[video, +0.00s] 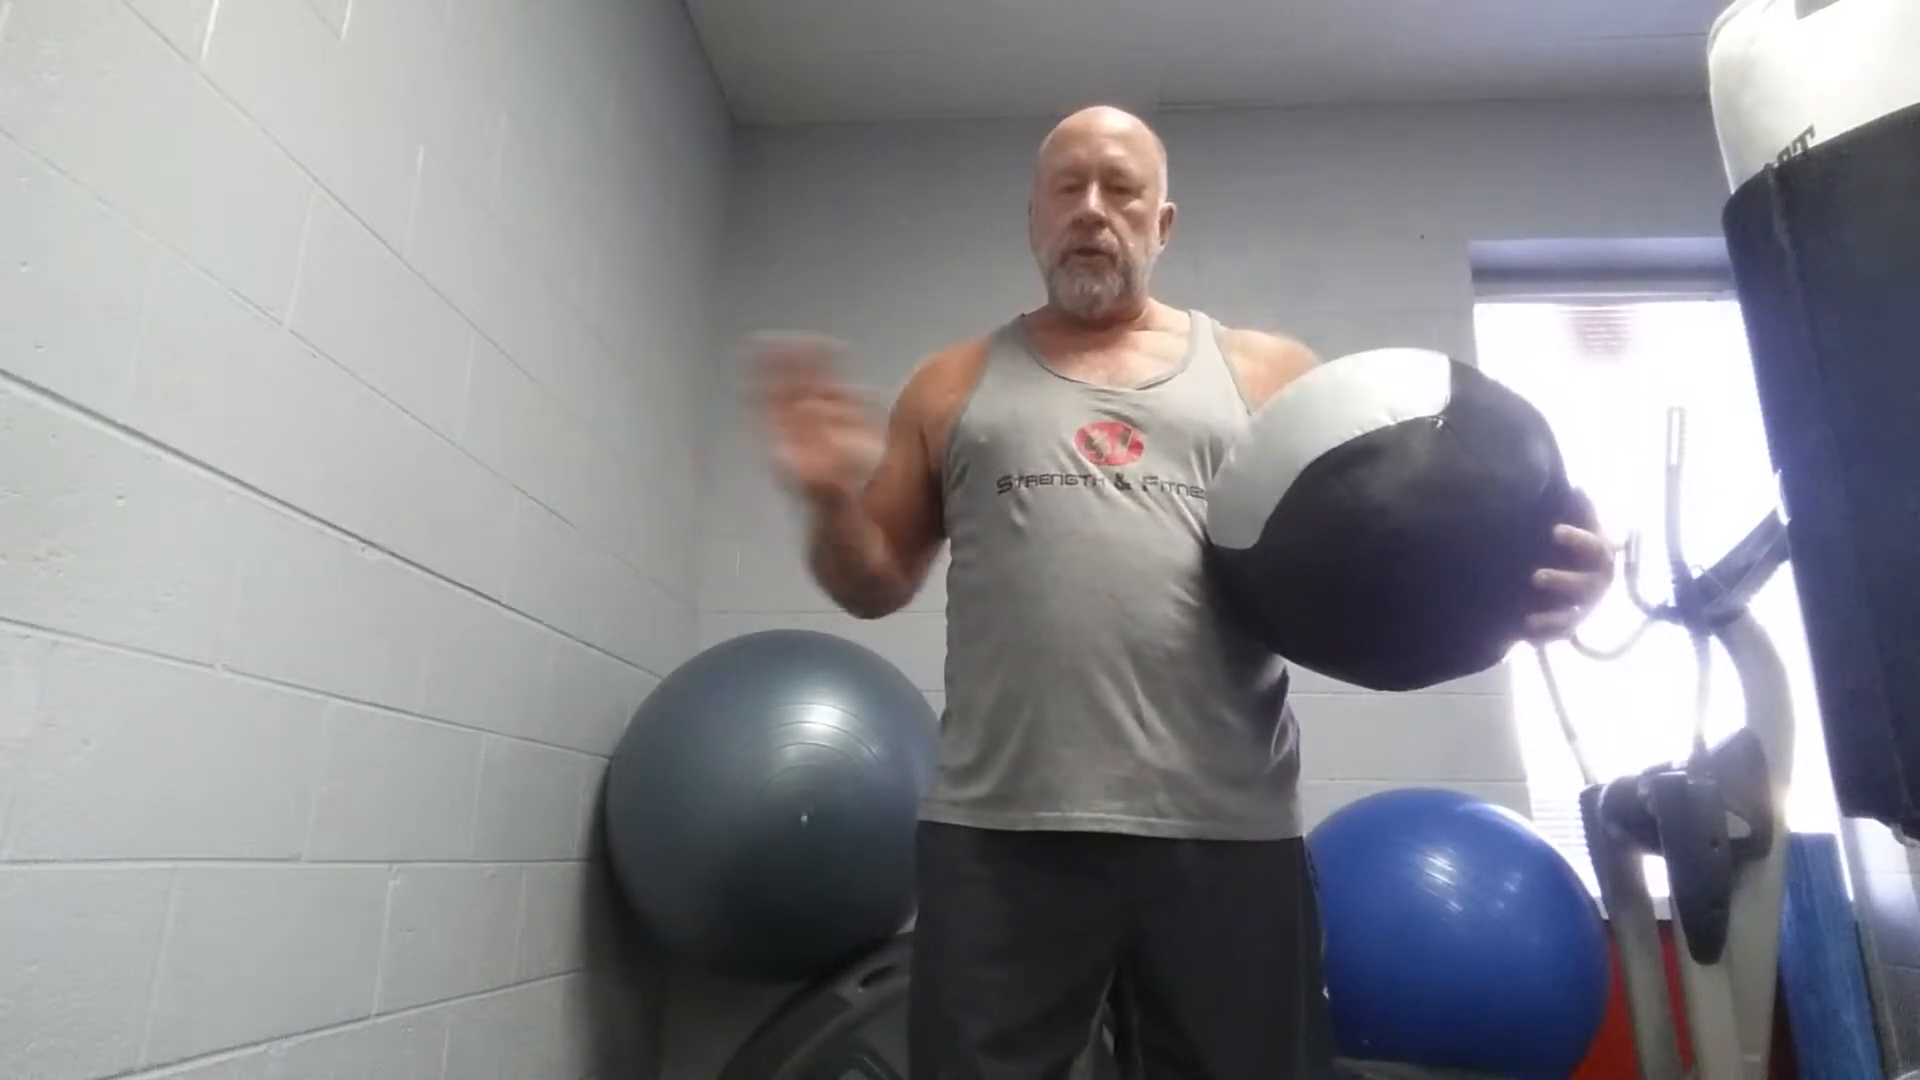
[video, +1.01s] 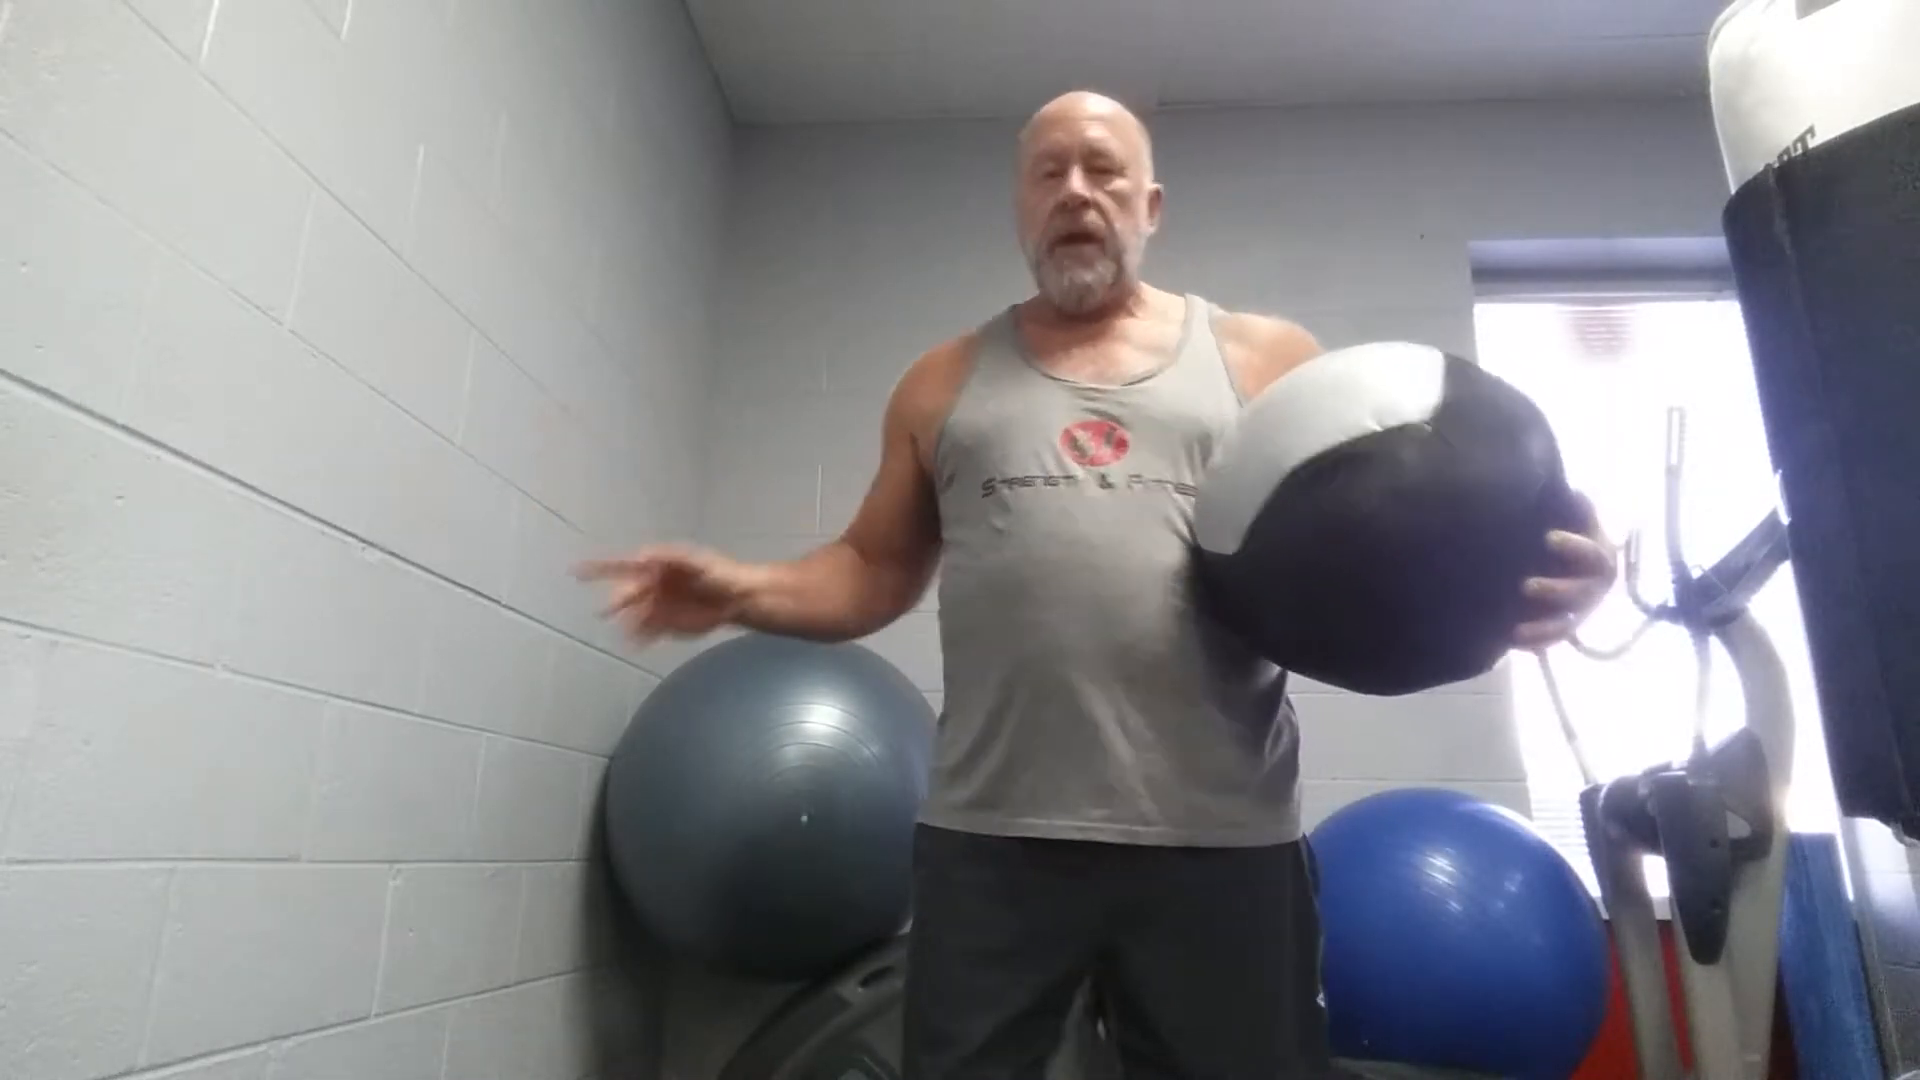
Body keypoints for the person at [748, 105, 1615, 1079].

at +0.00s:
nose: (1092, 207)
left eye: (1121, 187)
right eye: (1067, 186)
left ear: (1164, 220)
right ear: (1031, 216)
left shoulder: (1267, 370)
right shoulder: (951, 383)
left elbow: (1396, 543)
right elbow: (875, 585)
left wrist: (1539, 575)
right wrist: (828, 497)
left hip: (1225, 834)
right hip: (999, 833)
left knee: (1248, 1068)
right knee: (978, 1068)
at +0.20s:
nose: (1103, 210)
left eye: (1133, 188)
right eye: (1080, 185)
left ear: (1175, 222)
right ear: (1041, 213)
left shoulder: (1274, 376)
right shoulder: (956, 384)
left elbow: (1393, 551)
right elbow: (870, 564)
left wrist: (1545, 578)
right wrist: (771, 507)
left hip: (1227, 836)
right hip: (1002, 833)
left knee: (1250, 1076)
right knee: (975, 1072)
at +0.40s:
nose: (1116, 204)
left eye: (1145, 187)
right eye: (1094, 182)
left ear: (1189, 221)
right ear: (1051, 211)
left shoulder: (1276, 378)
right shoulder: (963, 381)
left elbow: (1414, 541)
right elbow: (844, 546)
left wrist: (1561, 580)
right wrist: (660, 534)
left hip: (1233, 844)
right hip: (1007, 839)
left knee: (1262, 1074)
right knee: (980, 1076)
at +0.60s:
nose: (1112, 204)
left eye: (1141, 187)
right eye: (1089, 181)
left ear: (1187, 220)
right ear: (1048, 212)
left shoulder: (1277, 375)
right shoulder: (965, 381)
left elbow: (1414, 535)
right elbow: (859, 556)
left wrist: (1557, 579)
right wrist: (687, 549)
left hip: (1236, 847)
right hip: (1007, 841)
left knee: (1263, 1070)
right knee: (978, 1071)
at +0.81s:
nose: (1109, 201)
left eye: (1137, 180)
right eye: (1084, 178)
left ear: (1181, 211)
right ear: (1043, 206)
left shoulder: (1281, 374)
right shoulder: (961, 382)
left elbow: (1415, 539)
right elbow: (864, 560)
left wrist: (1563, 579)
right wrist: (705, 573)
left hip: (1235, 851)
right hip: (1004, 847)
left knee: (1261, 1070)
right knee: (969, 1069)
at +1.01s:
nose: (1075, 191)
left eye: (1103, 169)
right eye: (1050, 170)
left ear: (1153, 205)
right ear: (1014, 206)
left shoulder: (1265, 358)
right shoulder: (943, 384)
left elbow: (1393, 534)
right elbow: (872, 570)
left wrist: (1546, 574)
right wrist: (746, 592)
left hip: (1224, 852)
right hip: (991, 848)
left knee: (1252, 1074)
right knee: (958, 1071)